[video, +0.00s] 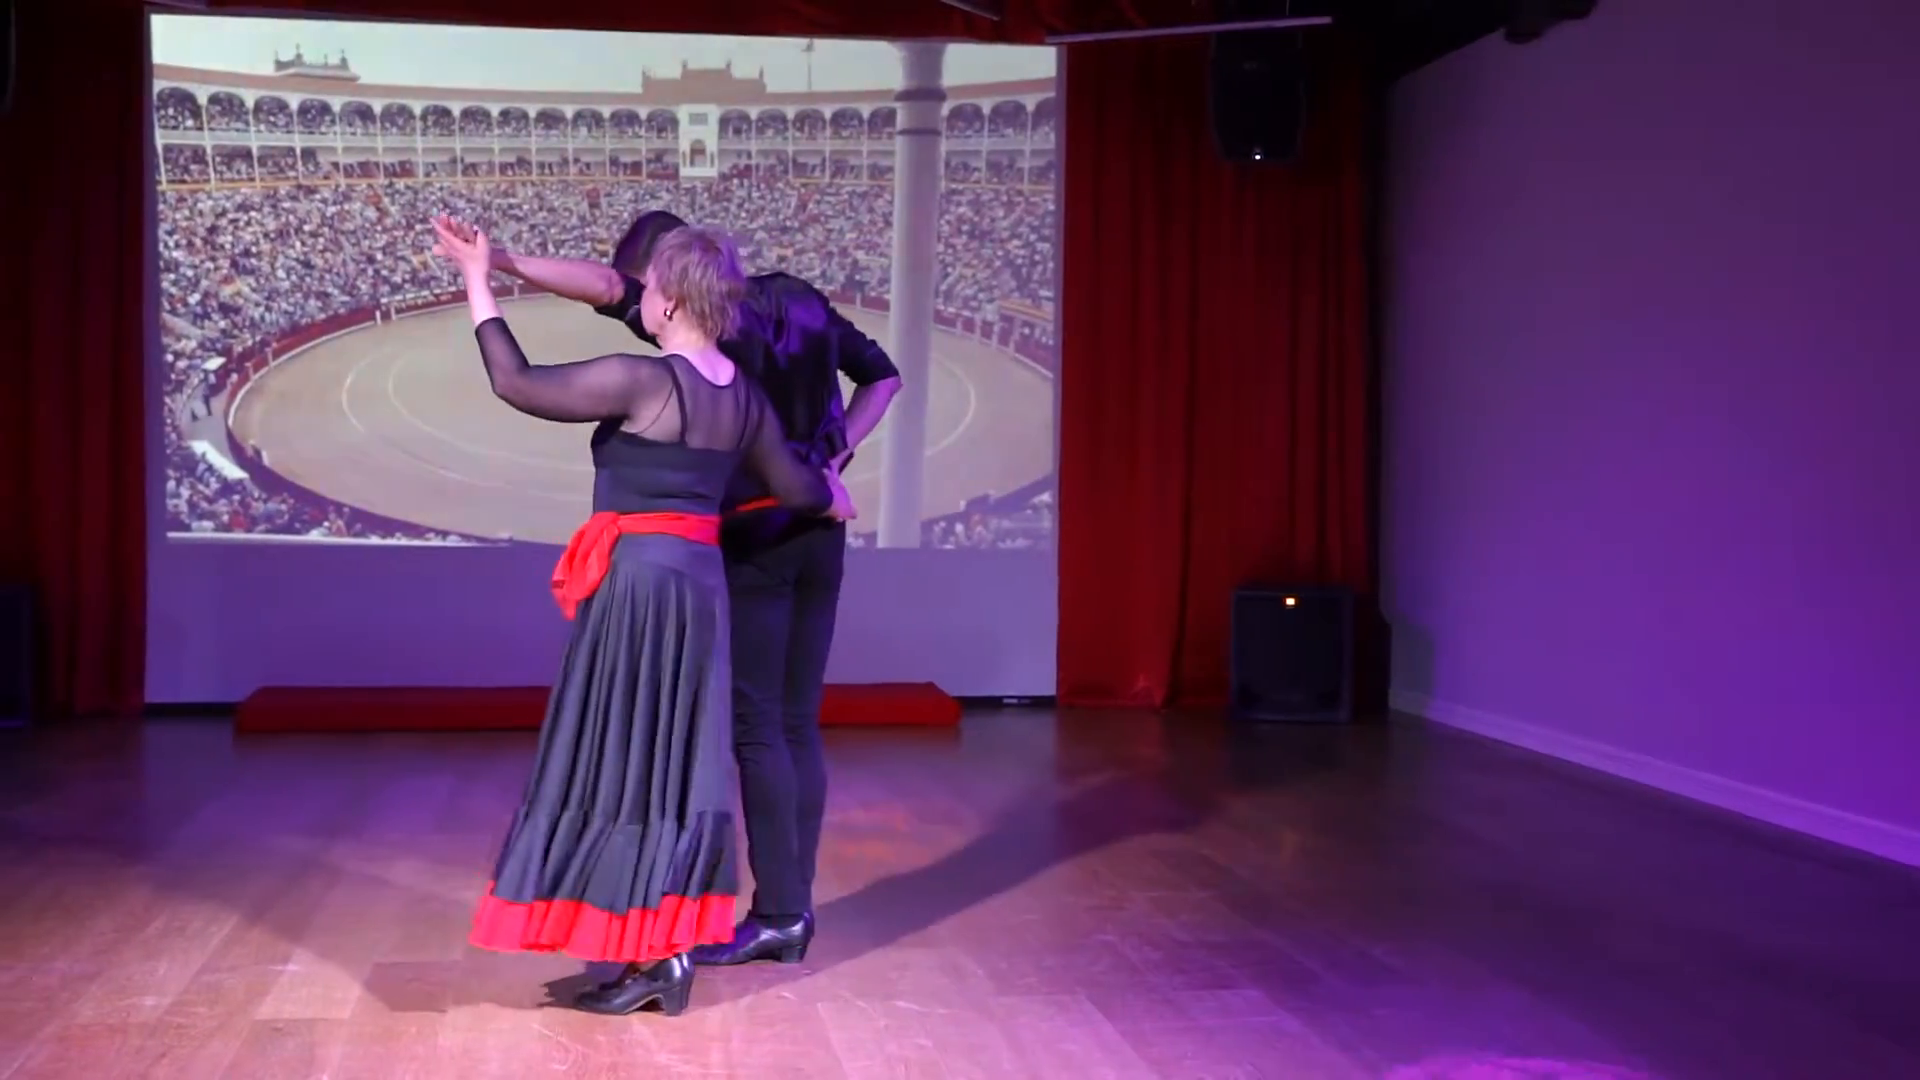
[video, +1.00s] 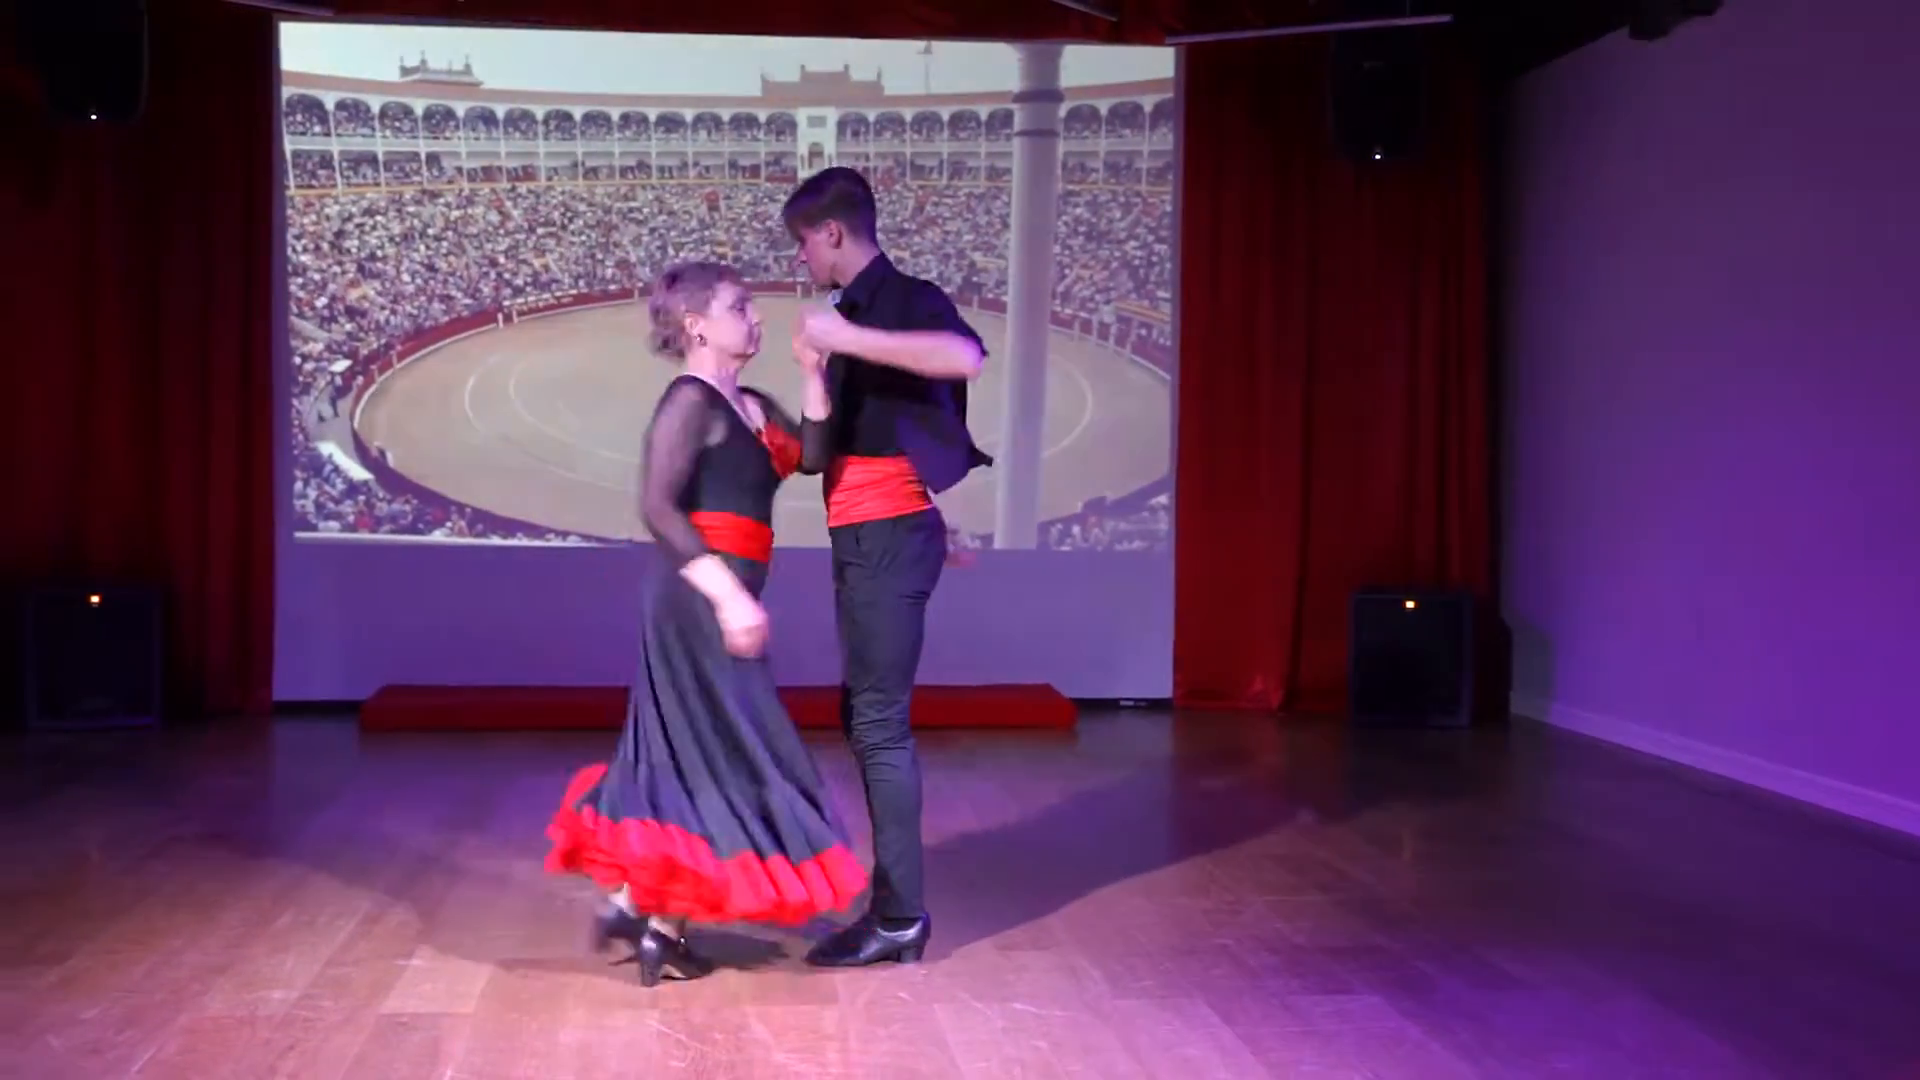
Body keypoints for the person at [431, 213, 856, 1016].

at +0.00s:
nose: (634, 300)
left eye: (640, 289)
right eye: (637, 289)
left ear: (663, 299)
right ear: (717, 301)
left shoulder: (638, 377)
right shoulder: (742, 397)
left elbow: (514, 384)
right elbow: (792, 486)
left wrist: (477, 283)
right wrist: (828, 491)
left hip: (636, 579)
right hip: (698, 581)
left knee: (621, 757)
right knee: (674, 758)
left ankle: (640, 952)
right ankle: (661, 946)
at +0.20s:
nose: (637, 295)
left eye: (641, 282)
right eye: (640, 283)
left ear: (661, 294)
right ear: (727, 300)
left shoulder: (635, 376)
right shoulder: (747, 395)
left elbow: (514, 371)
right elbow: (812, 485)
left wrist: (477, 270)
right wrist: (848, 482)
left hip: (643, 580)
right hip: (709, 580)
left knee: (635, 758)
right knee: (691, 759)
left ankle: (651, 954)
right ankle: (680, 951)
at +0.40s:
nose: (652, 303)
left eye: (656, 292)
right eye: (658, 292)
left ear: (668, 301)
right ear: (737, 306)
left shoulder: (639, 377)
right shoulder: (759, 395)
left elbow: (519, 372)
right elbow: (823, 483)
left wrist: (479, 279)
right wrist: (867, 478)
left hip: (658, 583)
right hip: (729, 585)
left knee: (657, 758)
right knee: (716, 760)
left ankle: (684, 951)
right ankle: (708, 951)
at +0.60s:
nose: (734, 285)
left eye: (736, 269)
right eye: (732, 270)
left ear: (764, 258)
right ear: (794, 252)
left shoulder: (782, 336)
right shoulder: (882, 308)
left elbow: (665, 358)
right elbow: (955, 395)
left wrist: (561, 293)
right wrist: (906, 453)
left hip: (832, 538)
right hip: (892, 528)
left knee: (830, 728)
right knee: (859, 724)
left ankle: (850, 916)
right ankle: (861, 904)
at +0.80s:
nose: (775, 273)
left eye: (777, 256)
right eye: (772, 257)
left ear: (811, 244)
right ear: (816, 242)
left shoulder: (870, 312)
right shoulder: (853, 307)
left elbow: (873, 434)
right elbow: (884, 414)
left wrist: (794, 389)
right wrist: (931, 469)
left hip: (868, 547)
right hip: (850, 542)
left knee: (859, 730)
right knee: (844, 725)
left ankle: (878, 916)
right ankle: (871, 905)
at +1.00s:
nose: (802, 260)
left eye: (804, 243)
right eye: (800, 246)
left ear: (836, 233)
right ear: (839, 234)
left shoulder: (906, 297)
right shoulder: (851, 313)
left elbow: (965, 357)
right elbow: (828, 452)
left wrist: (846, 338)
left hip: (890, 534)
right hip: (862, 535)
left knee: (879, 724)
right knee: (870, 721)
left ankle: (901, 914)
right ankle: (891, 903)